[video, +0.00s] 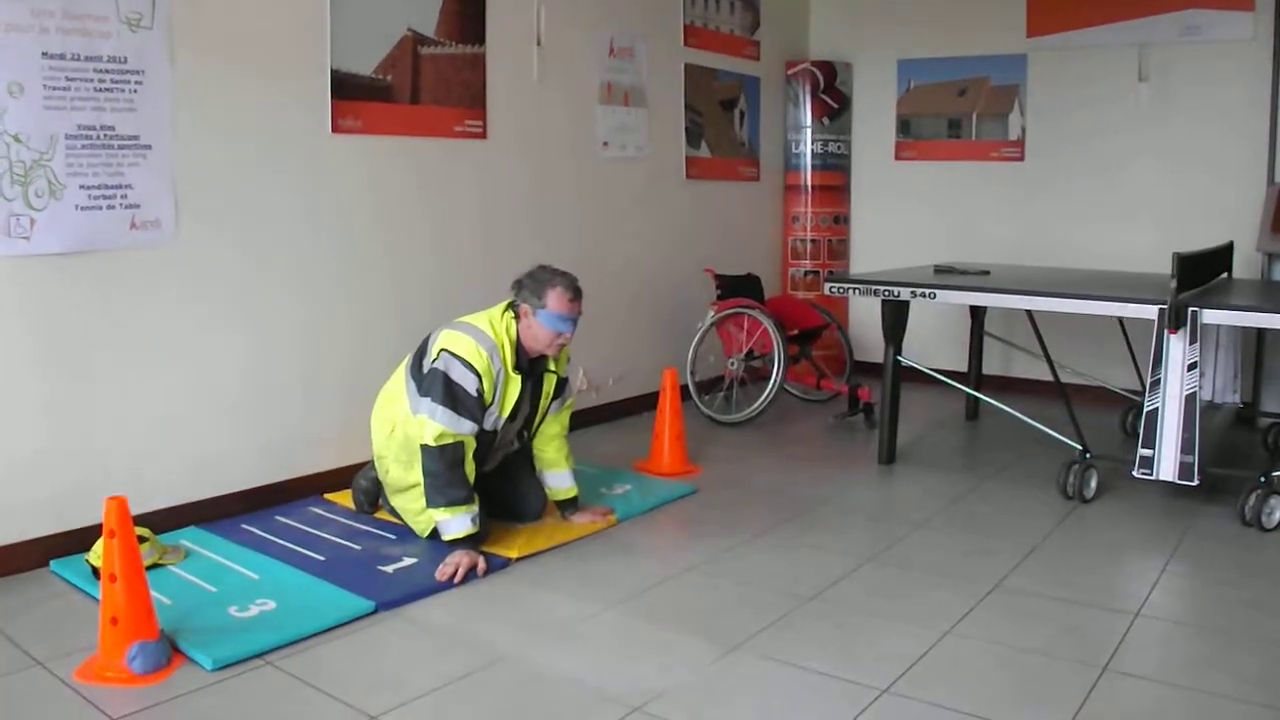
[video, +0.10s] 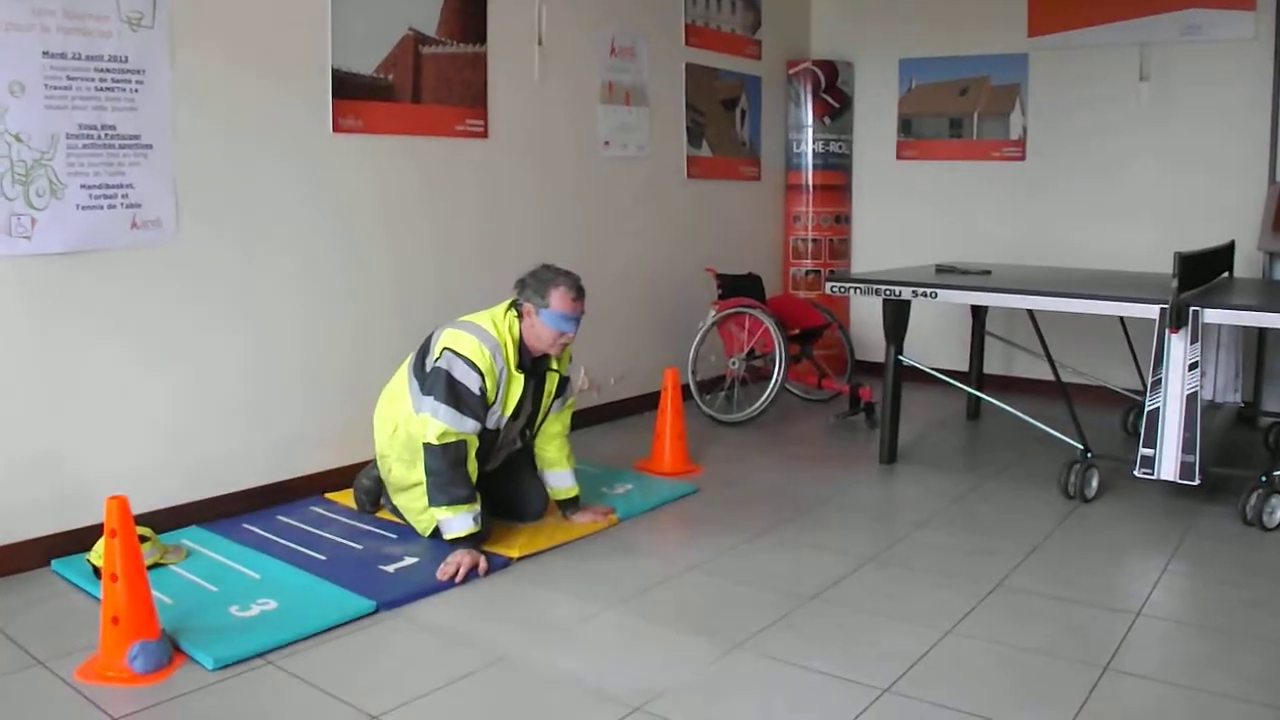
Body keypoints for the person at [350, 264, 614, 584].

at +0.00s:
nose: (567, 335)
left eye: (573, 325)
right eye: (559, 323)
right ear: (524, 314)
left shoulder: (553, 354)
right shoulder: (467, 352)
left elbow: (550, 431)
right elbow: (442, 447)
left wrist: (570, 506)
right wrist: (462, 544)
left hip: (486, 434)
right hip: (412, 442)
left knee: (529, 507)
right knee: (453, 531)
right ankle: (386, 479)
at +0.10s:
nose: (570, 335)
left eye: (575, 325)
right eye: (562, 324)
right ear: (527, 313)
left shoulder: (555, 353)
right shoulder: (469, 351)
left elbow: (552, 430)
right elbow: (445, 446)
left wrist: (571, 505)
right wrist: (464, 543)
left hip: (487, 432)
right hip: (415, 441)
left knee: (530, 507)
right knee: (457, 531)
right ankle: (388, 478)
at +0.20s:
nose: (570, 335)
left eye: (575, 324)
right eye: (562, 323)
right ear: (527, 312)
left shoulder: (555, 353)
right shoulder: (468, 350)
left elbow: (552, 429)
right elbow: (445, 445)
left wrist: (571, 504)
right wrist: (464, 542)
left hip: (489, 432)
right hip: (416, 440)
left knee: (530, 507)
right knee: (453, 531)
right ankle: (388, 478)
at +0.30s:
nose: (569, 333)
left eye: (574, 322)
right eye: (560, 320)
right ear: (526, 311)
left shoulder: (554, 353)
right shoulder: (467, 349)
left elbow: (552, 429)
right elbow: (444, 444)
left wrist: (572, 503)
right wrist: (464, 541)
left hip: (489, 434)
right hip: (416, 442)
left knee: (531, 506)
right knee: (457, 530)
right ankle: (389, 479)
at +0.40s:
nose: (568, 332)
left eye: (573, 321)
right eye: (559, 319)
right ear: (525, 311)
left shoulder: (554, 351)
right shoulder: (466, 349)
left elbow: (551, 428)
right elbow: (444, 444)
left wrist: (572, 502)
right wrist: (464, 540)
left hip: (489, 435)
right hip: (416, 442)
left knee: (532, 505)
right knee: (462, 530)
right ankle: (391, 480)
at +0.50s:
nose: (568, 332)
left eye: (573, 321)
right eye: (559, 319)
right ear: (525, 311)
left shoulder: (554, 351)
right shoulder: (465, 348)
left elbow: (552, 427)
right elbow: (444, 443)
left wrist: (572, 502)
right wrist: (465, 540)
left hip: (489, 434)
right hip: (416, 440)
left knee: (532, 504)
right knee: (451, 527)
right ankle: (391, 479)